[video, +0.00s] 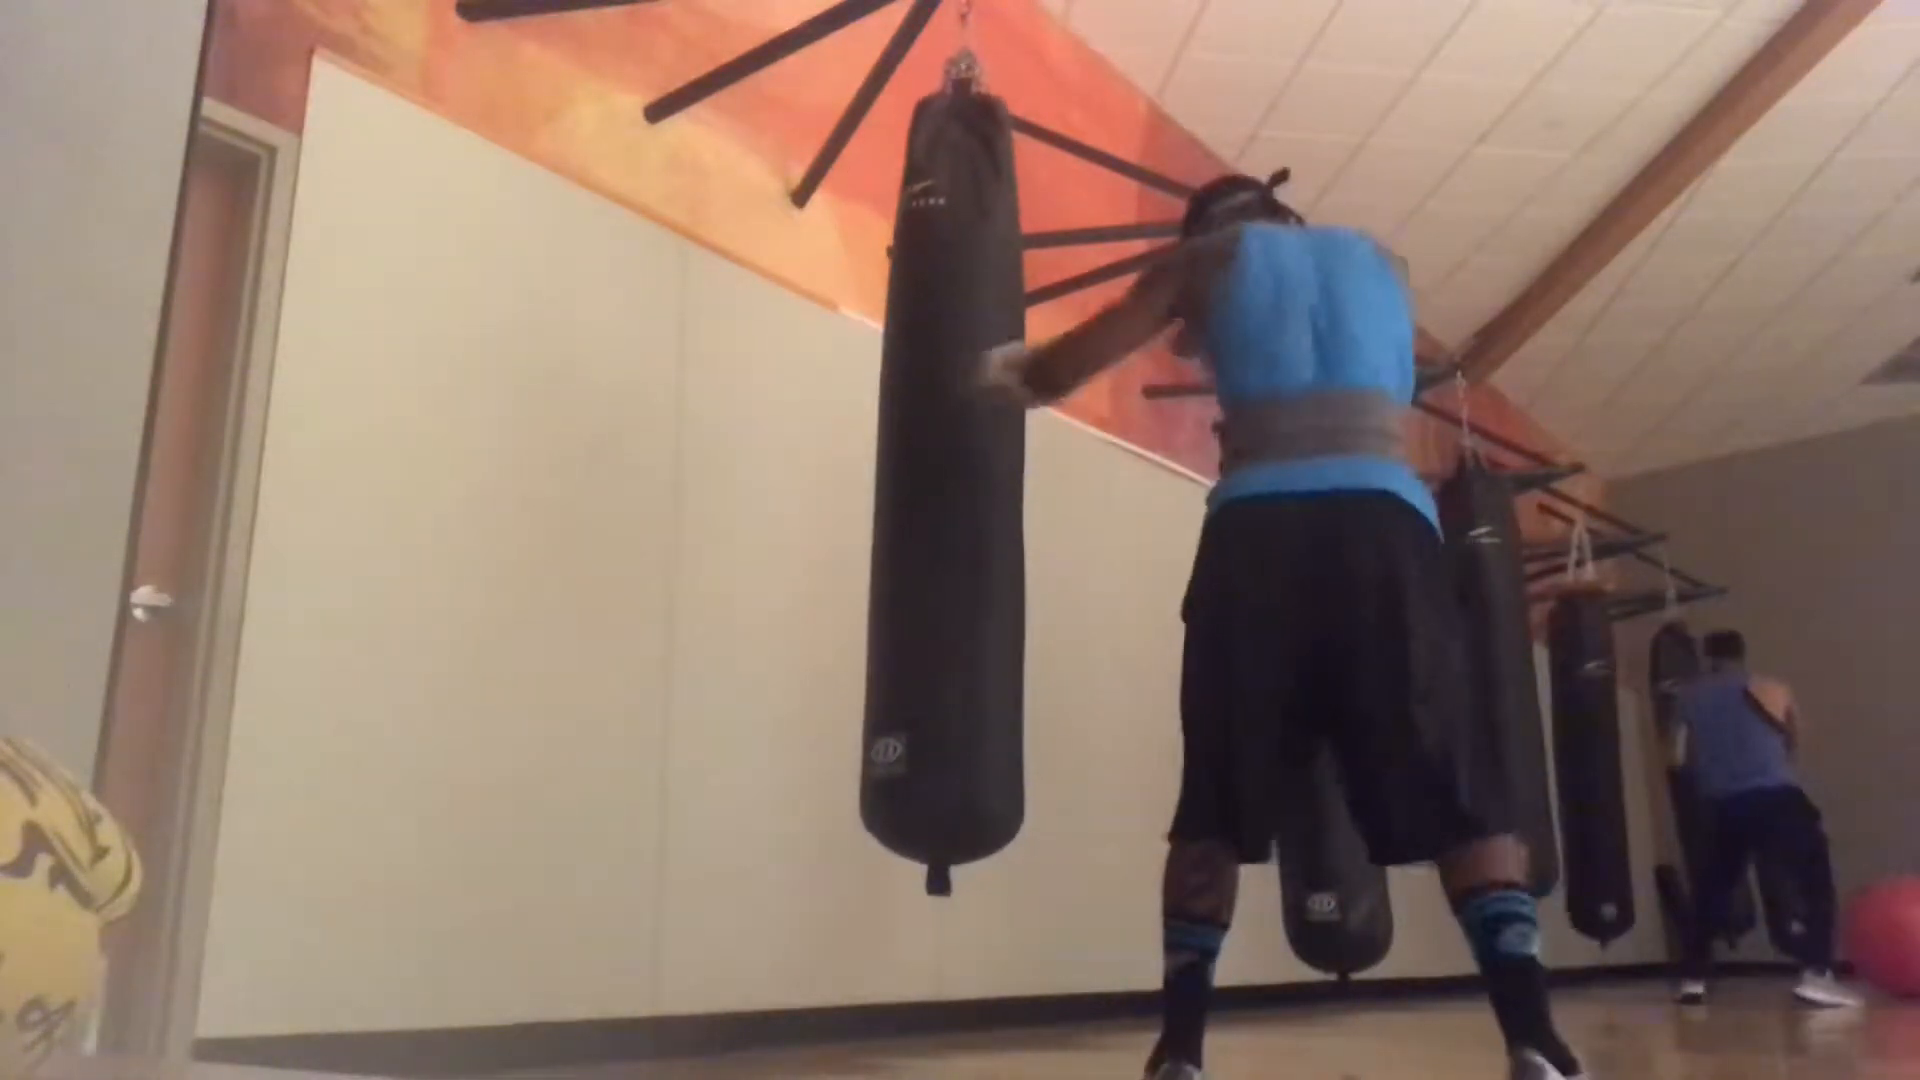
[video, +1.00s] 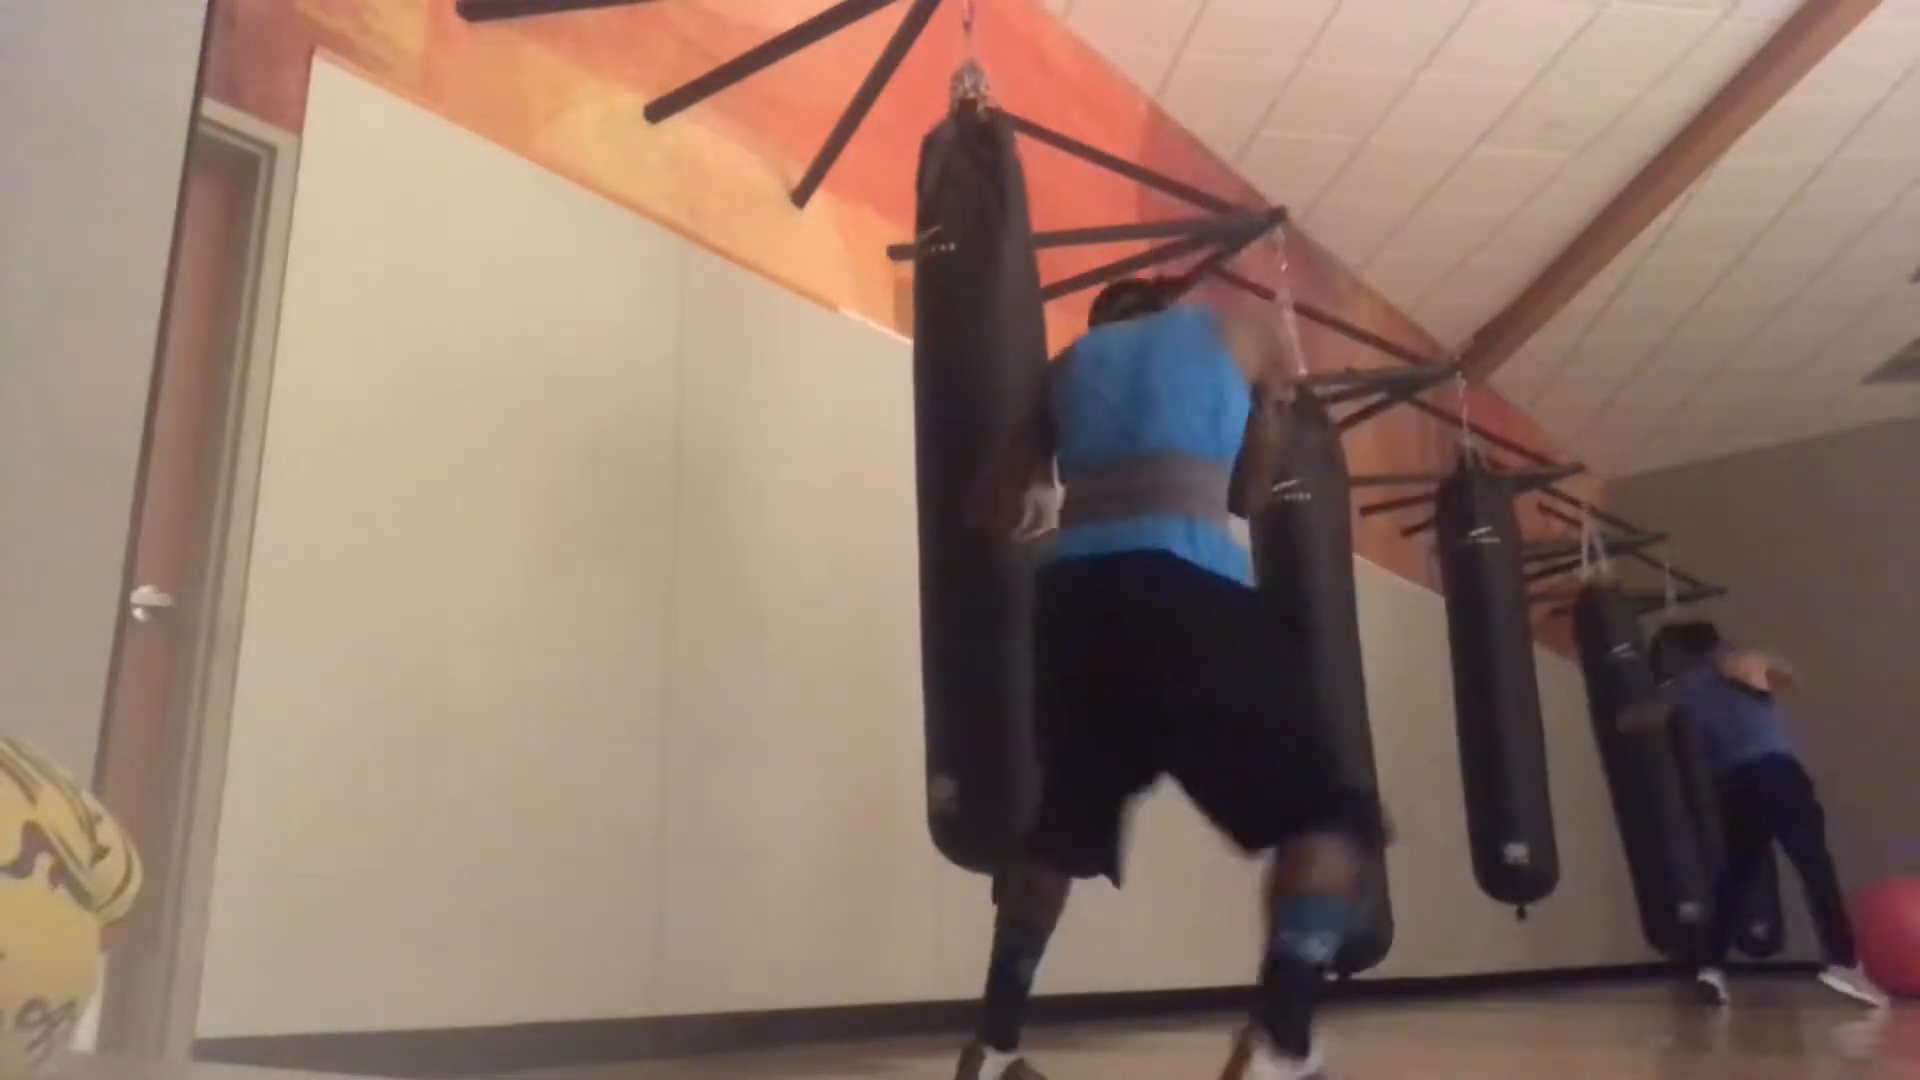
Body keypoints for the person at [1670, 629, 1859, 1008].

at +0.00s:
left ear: (1707, 660)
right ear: (1743, 657)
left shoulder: (1691, 699)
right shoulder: (1772, 690)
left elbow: (1680, 759)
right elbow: (1792, 743)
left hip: (1723, 806)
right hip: (1779, 799)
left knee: (1712, 887)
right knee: (1816, 882)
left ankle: (1694, 977)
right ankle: (1817, 973)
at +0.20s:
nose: (1732, 656)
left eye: (1727, 650)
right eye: (1738, 647)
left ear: (1718, 651)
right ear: (1756, 649)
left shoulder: (1703, 691)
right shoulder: (1787, 683)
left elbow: (1676, 740)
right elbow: (1805, 737)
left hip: (1738, 804)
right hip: (1792, 798)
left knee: (1717, 885)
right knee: (1819, 883)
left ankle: (1709, 975)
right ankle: (1816, 976)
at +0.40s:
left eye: (1715, 645)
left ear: (1705, 649)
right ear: (1742, 646)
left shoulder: (1694, 691)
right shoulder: (1773, 676)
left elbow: (1669, 745)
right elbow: (1799, 724)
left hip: (1735, 799)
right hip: (1789, 792)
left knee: (1723, 884)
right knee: (1814, 880)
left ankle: (1715, 979)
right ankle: (1815, 977)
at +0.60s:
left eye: (1671, 661)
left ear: (1673, 662)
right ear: (1711, 652)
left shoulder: (1676, 704)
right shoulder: (1745, 677)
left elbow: (1664, 763)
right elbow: (1796, 716)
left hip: (1730, 801)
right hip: (1782, 790)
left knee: (1720, 887)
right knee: (1822, 874)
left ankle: (1715, 980)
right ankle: (1822, 965)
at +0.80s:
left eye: (1671, 666)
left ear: (1677, 665)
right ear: (1713, 654)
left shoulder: (1680, 703)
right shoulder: (1751, 677)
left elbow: (1672, 764)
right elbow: (1778, 717)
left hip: (1731, 804)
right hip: (1788, 792)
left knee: (1724, 890)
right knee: (1834, 877)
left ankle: (1715, 981)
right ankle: (1843, 961)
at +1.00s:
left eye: (1670, 660)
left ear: (1678, 656)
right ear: (1715, 643)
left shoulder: (1686, 687)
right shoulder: (1743, 665)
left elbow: (1634, 718)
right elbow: (1789, 676)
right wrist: (1765, 664)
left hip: (1736, 783)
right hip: (1781, 774)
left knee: (1738, 871)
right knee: (1816, 864)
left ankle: (1713, 966)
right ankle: (1843, 962)